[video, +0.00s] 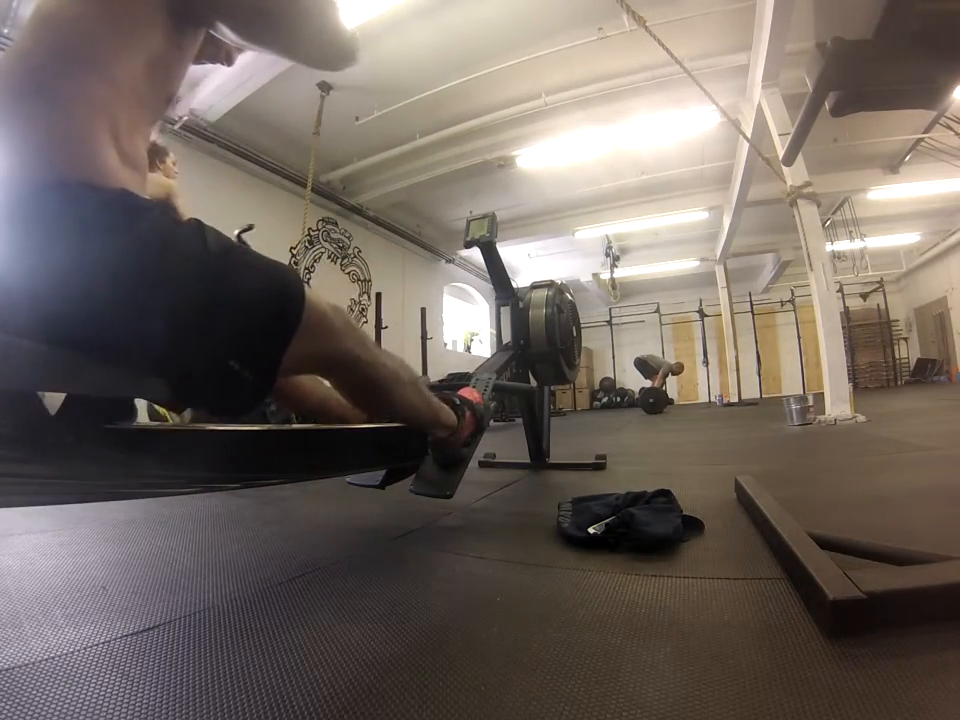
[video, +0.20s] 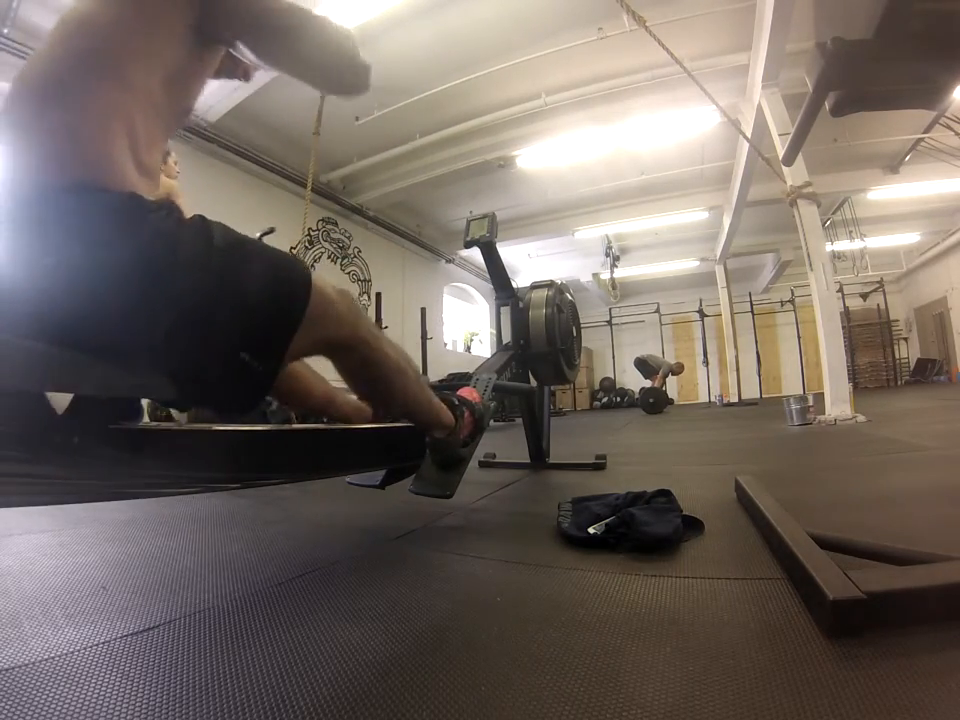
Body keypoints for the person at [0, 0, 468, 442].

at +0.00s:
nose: (223, 57)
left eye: (223, 53)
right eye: (219, 43)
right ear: (197, 11)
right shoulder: (173, 5)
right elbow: (337, 47)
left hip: (20, 228)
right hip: (89, 224)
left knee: (269, 364)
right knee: (333, 333)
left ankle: (368, 432)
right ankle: (449, 426)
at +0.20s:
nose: (242, 70)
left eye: (241, 67)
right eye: (238, 56)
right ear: (221, 21)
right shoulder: (199, 4)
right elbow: (351, 72)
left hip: (20, 236)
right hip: (104, 231)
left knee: (241, 329)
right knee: (343, 320)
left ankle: (360, 420)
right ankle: (447, 430)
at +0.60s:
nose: (358, 138)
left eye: (362, 127)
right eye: (360, 122)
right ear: (347, 90)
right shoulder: (330, 92)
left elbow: (289, 242)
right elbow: (423, 222)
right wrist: (434, 261)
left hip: (92, 296)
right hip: (178, 287)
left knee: (280, 312)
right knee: (390, 281)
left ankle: (358, 412)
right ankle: (447, 428)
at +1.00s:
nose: (408, 176)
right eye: (410, 163)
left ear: (356, 119)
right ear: (401, 141)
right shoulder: (398, 151)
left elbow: (350, 294)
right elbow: (487, 275)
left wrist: (427, 352)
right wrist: (474, 350)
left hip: (152, 318)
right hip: (248, 303)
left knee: (311, 281)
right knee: (421, 264)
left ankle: (363, 412)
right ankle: (442, 426)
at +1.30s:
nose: (397, 144)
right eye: (394, 134)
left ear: (331, 98)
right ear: (381, 119)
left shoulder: (266, 127)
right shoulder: (375, 130)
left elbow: (319, 261)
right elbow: (466, 254)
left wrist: (409, 342)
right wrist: (469, 350)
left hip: (150, 324)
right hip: (239, 304)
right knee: (428, 264)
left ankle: (364, 418)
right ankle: (443, 426)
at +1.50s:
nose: (398, 143)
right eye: (394, 133)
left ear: (330, 99)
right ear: (381, 118)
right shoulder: (374, 128)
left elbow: (319, 262)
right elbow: (465, 255)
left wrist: (405, 343)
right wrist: (464, 351)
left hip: (147, 323)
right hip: (238, 303)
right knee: (423, 263)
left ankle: (363, 418)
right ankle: (443, 426)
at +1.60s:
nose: (401, 146)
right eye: (400, 137)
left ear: (336, 105)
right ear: (387, 122)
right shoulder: (383, 132)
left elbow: (324, 258)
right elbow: (473, 249)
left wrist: (408, 341)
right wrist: (466, 342)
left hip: (151, 324)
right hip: (240, 307)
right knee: (429, 262)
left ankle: (361, 412)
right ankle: (444, 426)